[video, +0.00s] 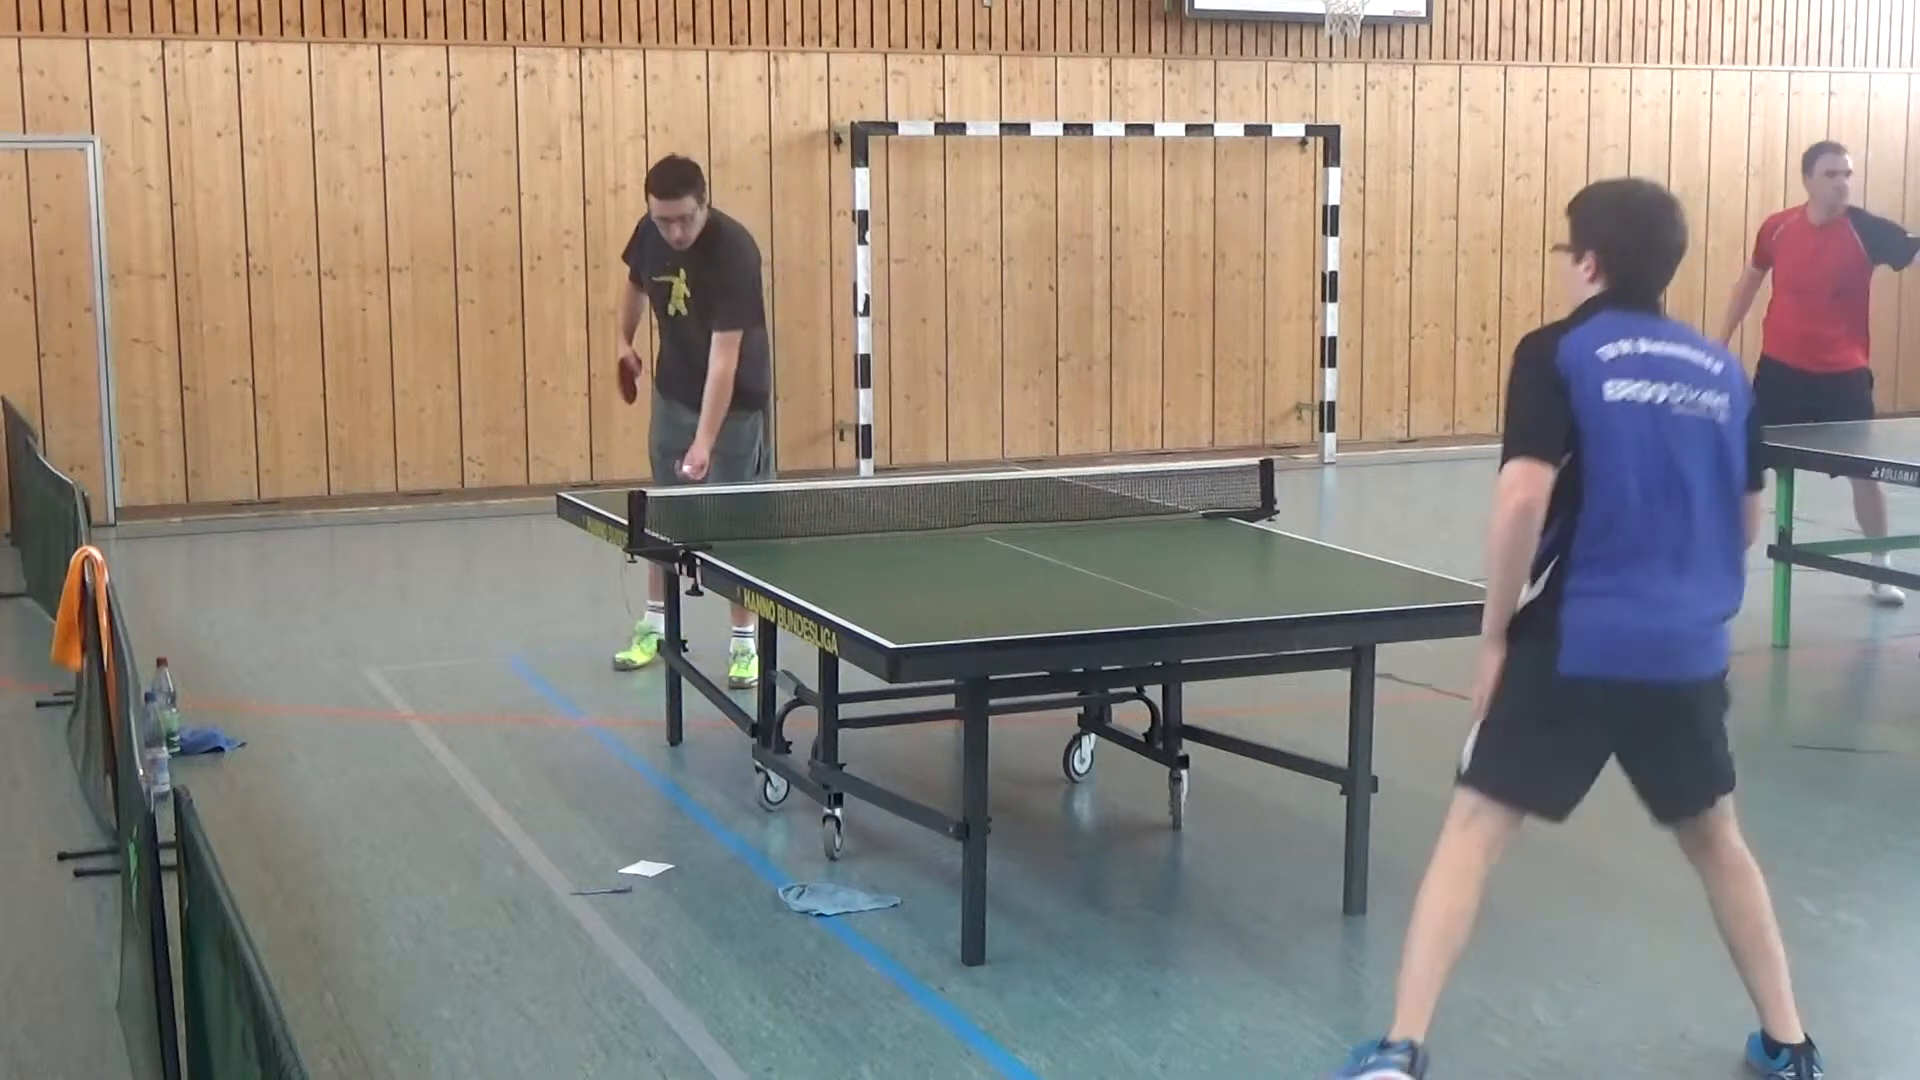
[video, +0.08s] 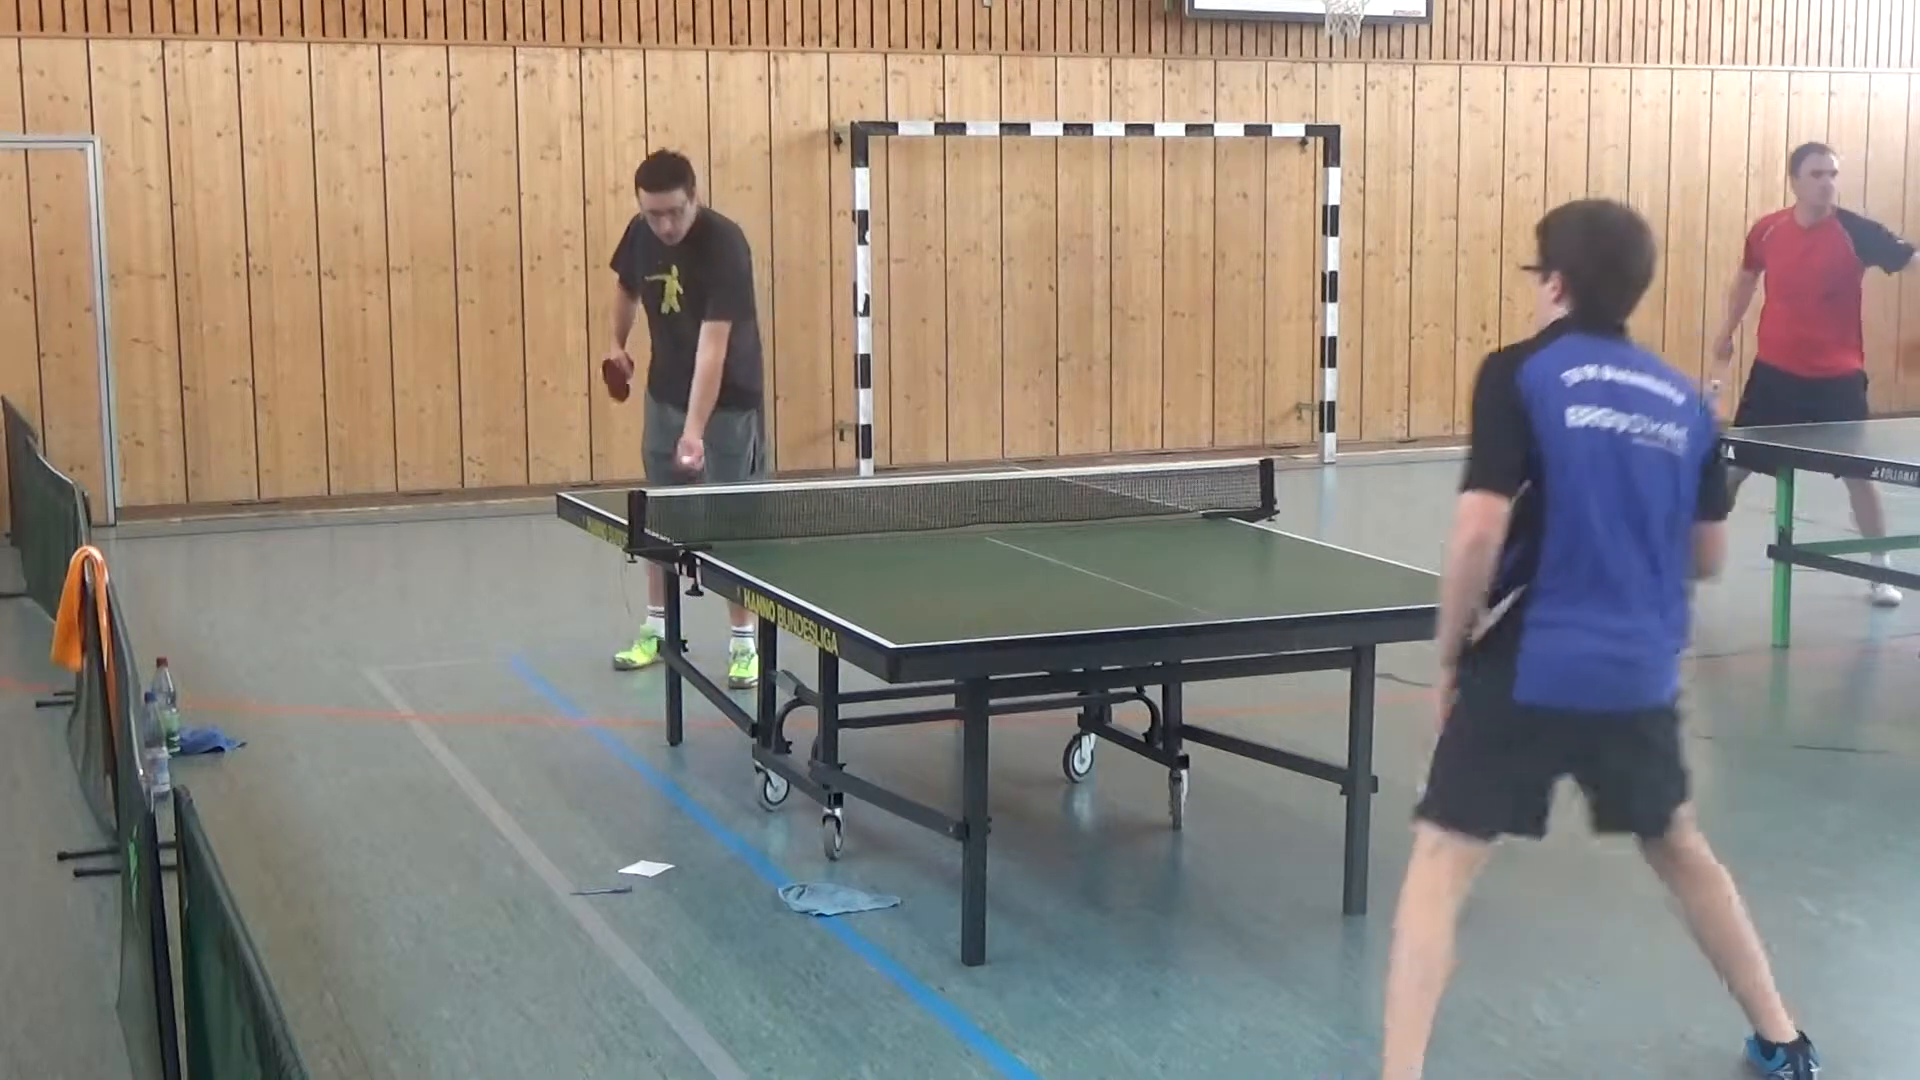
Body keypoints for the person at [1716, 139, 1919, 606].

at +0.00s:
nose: (1843, 182)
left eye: (1847, 174)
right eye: (1832, 174)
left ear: (1853, 179)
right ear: (1808, 180)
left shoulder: (1867, 230)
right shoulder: (1777, 227)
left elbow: (1914, 256)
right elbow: (1748, 285)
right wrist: (1719, 344)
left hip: (1844, 375)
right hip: (1780, 371)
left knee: (1863, 473)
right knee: (1745, 473)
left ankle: (1881, 571)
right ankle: (1728, 575)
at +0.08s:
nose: (1827, 182)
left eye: (1832, 174)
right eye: (1817, 174)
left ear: (1838, 179)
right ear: (1794, 180)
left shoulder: (1856, 231)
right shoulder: (1767, 230)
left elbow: (1909, 259)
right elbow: (1746, 281)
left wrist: (1909, 252)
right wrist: (1727, 333)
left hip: (1837, 379)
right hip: (1774, 375)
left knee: (1858, 475)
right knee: (1733, 470)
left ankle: (1881, 570)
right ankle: (1684, 556)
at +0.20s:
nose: (1801, 184)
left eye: (1807, 176)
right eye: (1791, 176)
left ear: (1815, 182)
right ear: (1771, 183)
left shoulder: (1834, 235)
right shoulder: (1744, 234)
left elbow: (1889, 287)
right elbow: (1728, 281)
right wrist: (1722, 324)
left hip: (1820, 384)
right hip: (1755, 382)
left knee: (1849, 476)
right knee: (1720, 473)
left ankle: (1880, 570)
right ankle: (1690, 562)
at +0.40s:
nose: (1786, 164)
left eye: (1792, 157)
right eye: (1776, 156)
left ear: (1799, 164)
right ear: (1754, 163)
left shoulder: (1817, 220)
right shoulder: (1722, 217)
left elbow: (1856, 281)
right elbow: (1696, 269)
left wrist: (1824, 315)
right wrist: (1683, 323)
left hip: (1801, 368)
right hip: (1736, 367)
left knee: (1828, 466)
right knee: (1703, 465)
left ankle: (1850, 567)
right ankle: (1677, 554)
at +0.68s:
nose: (1791, 201)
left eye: (1796, 193)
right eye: (1780, 193)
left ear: (1801, 198)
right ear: (1756, 198)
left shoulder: (1810, 251)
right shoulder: (1721, 249)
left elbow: (1858, 307)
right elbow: (1675, 309)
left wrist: (1847, 337)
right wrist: (1641, 369)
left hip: (1799, 394)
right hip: (1734, 396)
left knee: (1840, 475)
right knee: (1699, 488)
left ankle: (1844, 569)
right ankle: (1651, 566)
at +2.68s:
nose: (1729, 167)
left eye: (1730, 160)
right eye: (1718, 160)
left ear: (1729, 169)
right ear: (1691, 169)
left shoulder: (1733, 236)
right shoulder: (1652, 214)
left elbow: (1758, 304)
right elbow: (1595, 262)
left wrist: (1787, 366)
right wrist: (1553, 314)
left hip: (1695, 371)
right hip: (1640, 365)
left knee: (1704, 467)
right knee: (1613, 462)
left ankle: (1704, 563)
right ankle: (1565, 563)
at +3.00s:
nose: (1706, 158)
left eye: (1707, 152)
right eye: (1695, 152)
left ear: (1708, 161)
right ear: (1668, 163)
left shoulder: (1718, 226)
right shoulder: (1634, 218)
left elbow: (1723, 300)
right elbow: (1596, 284)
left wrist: (1719, 363)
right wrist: (1579, 349)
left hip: (1697, 371)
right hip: (1641, 369)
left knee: (1712, 463)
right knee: (1608, 465)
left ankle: (1699, 564)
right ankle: (1565, 563)